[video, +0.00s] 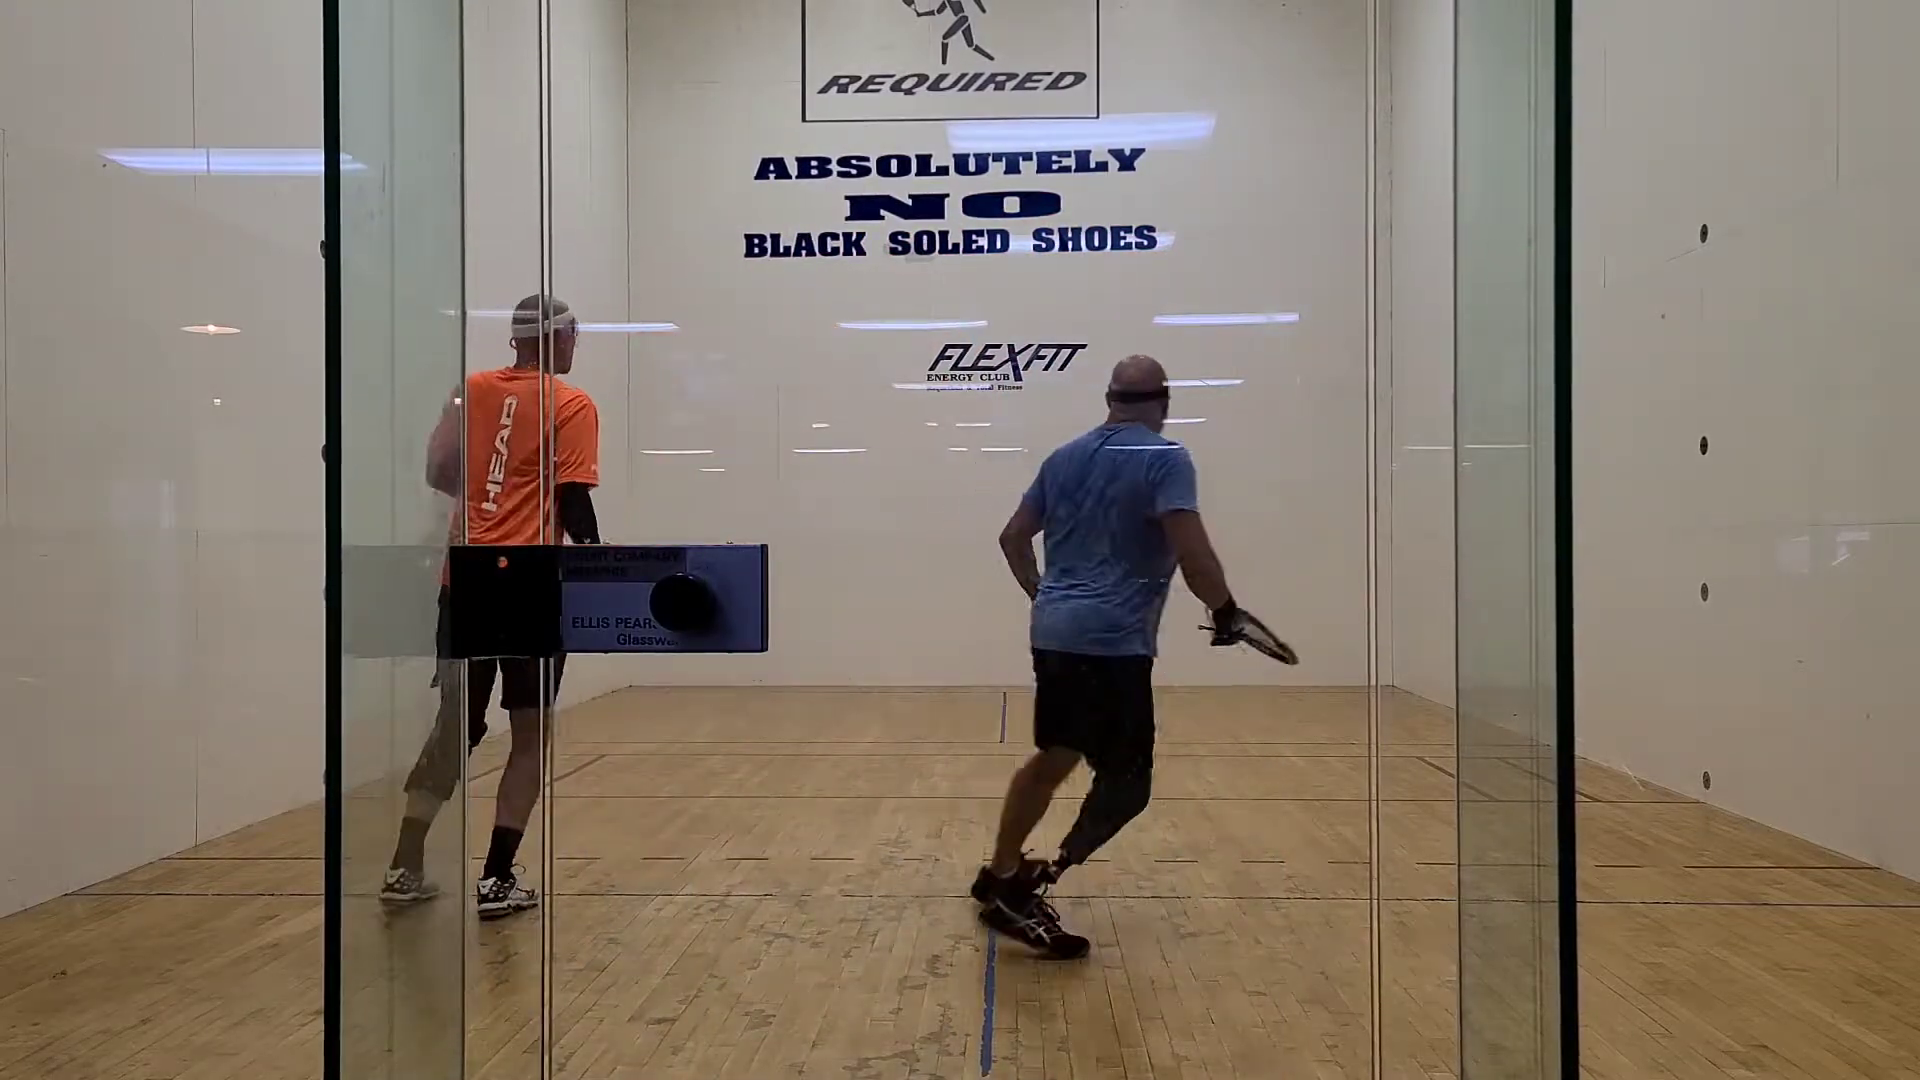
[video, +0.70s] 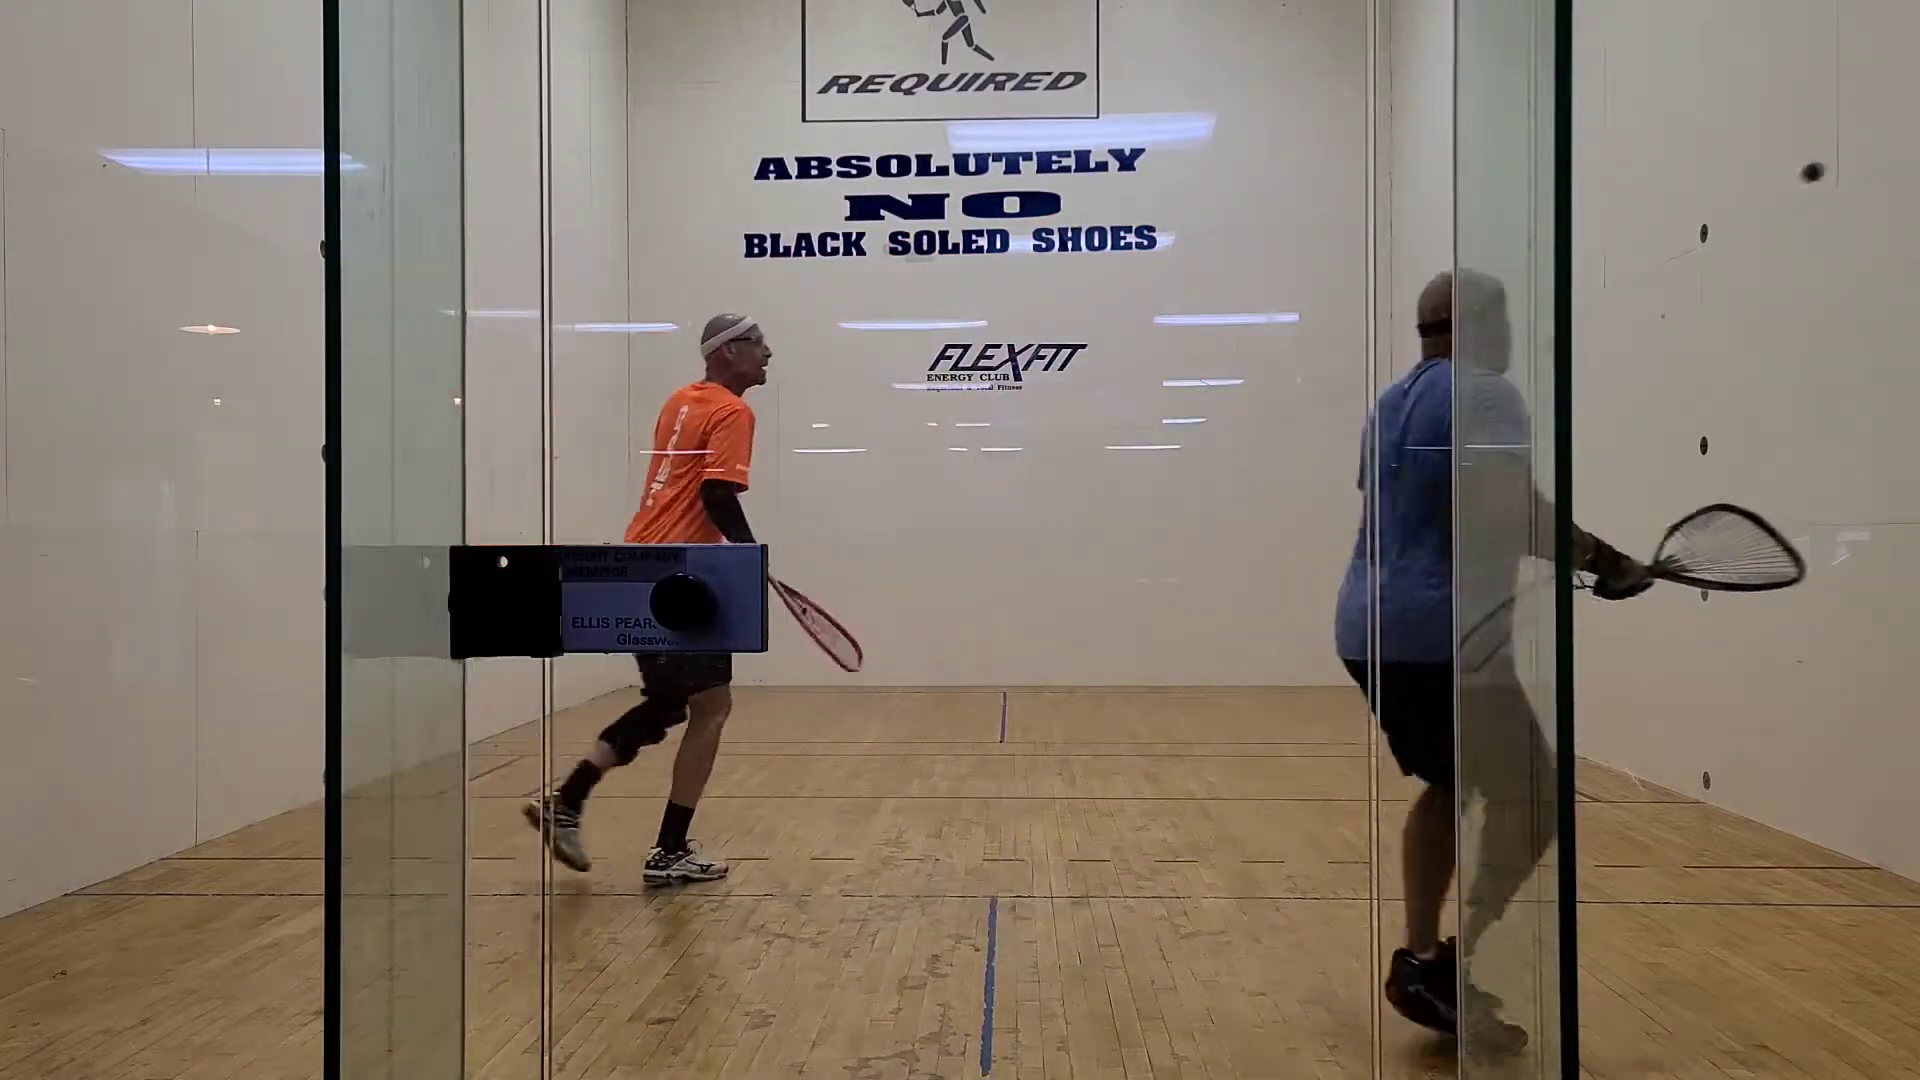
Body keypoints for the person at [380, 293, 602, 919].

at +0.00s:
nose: (575, 346)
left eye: (572, 335)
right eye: (572, 337)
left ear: (515, 339)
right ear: (561, 339)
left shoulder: (472, 390)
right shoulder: (573, 405)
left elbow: (439, 470)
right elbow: (572, 500)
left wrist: (495, 492)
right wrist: (601, 566)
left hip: (468, 578)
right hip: (537, 582)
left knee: (458, 725)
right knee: (529, 739)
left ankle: (405, 867)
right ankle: (497, 879)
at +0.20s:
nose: (598, 376)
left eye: (597, 365)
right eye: (595, 365)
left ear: (542, 368)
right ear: (573, 368)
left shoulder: (491, 416)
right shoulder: (584, 427)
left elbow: (459, 496)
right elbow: (572, 520)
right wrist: (599, 596)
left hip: (475, 595)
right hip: (540, 599)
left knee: (463, 731)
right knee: (597, 704)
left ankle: (402, 869)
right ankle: (550, 837)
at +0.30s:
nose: (632, 370)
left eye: (630, 361)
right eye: (626, 361)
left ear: (579, 369)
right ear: (603, 367)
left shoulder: (526, 412)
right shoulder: (610, 424)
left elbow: (496, 475)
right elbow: (594, 511)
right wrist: (621, 589)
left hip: (488, 587)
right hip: (553, 592)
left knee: (473, 725)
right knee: (627, 696)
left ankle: (404, 866)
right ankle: (610, 842)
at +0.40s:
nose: (671, 376)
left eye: (669, 366)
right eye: (664, 366)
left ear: (619, 375)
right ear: (636, 373)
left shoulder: (570, 415)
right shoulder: (643, 426)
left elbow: (545, 506)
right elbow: (626, 514)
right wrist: (658, 595)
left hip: (517, 582)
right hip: (581, 586)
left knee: (489, 726)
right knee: (652, 700)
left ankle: (409, 858)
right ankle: (663, 848)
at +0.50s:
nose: (713, 377)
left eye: (709, 367)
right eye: (705, 368)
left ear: (661, 378)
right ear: (674, 376)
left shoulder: (614, 418)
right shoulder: (679, 431)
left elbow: (593, 510)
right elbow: (661, 521)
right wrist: (696, 596)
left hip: (567, 591)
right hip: (624, 597)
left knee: (526, 723)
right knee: (683, 710)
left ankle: (429, 839)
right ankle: (669, 853)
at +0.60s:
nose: (744, 372)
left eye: (742, 363)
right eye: (737, 363)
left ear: (693, 370)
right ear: (706, 368)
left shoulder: (649, 412)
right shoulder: (708, 422)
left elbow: (631, 501)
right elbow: (694, 510)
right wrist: (726, 586)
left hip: (601, 589)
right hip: (656, 592)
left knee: (595, 721)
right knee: (703, 707)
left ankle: (487, 809)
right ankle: (670, 853)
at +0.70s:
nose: (768, 353)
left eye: (764, 344)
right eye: (758, 344)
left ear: (718, 357)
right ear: (726, 354)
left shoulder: (679, 403)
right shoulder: (734, 411)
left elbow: (663, 489)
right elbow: (719, 495)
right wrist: (756, 563)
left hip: (640, 570)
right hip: (685, 576)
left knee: (666, 702)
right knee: (713, 705)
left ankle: (565, 801)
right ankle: (671, 851)